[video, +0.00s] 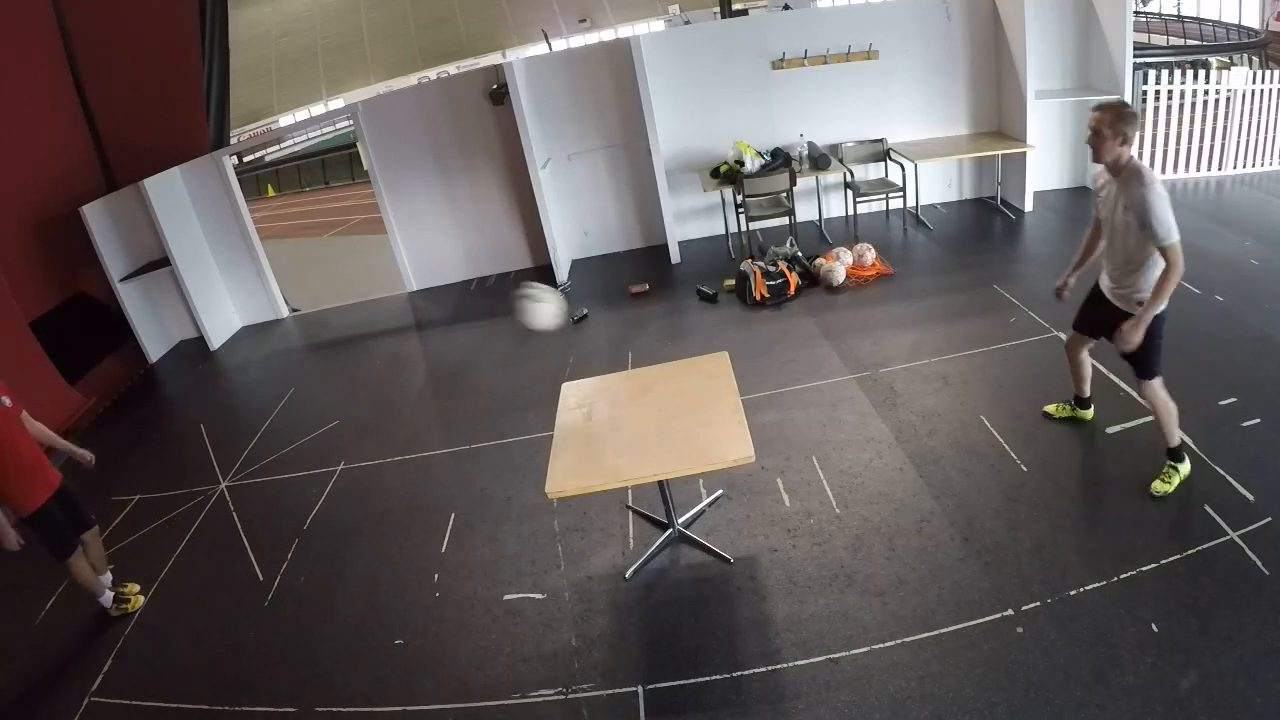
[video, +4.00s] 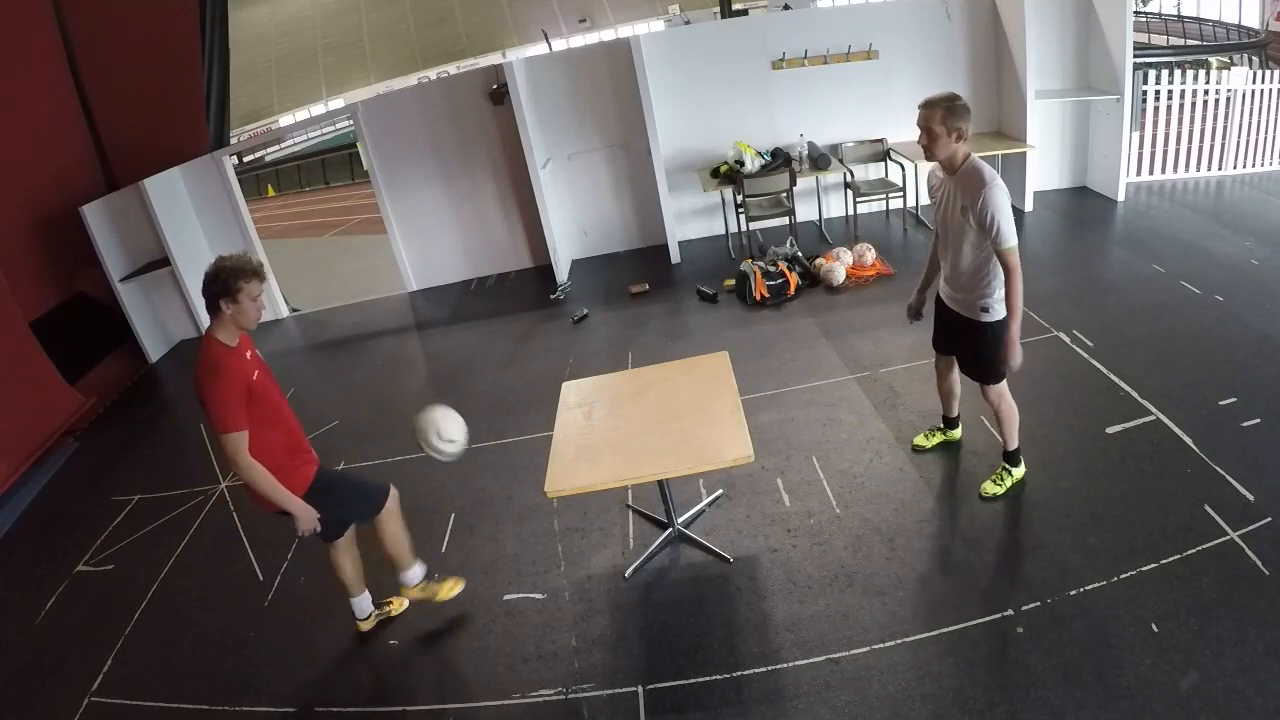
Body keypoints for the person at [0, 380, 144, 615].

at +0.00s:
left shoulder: (3, 394)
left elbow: (30, 424)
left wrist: (73, 450)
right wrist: (4, 526)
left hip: (50, 479)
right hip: (26, 500)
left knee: (89, 529)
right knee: (71, 551)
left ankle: (109, 587)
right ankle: (109, 602)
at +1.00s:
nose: (28, 353)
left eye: (26, 346)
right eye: (18, 351)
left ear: (30, 347)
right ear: (4, 364)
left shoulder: (47, 377)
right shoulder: (10, 417)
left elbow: (79, 421)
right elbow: (27, 480)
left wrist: (113, 461)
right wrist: (63, 526)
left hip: (101, 477)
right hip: (77, 502)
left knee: (141, 528)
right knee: (122, 555)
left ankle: (123, 572)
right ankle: (163, 611)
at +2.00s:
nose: (154, 326)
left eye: (151, 318)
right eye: (143, 324)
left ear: (150, 319)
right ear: (121, 340)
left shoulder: (172, 360)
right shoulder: (128, 408)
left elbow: (216, 410)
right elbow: (156, 486)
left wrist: (267, 448)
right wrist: (201, 537)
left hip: (239, 480)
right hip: (215, 507)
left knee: (262, 547)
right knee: (278, 570)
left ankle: (267, 605)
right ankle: (339, 642)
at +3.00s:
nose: (250, 308)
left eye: (249, 299)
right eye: (242, 302)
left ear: (219, 309)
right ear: (212, 311)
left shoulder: (233, 344)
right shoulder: (206, 375)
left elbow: (256, 412)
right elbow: (228, 468)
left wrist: (293, 444)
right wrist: (286, 516)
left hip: (287, 483)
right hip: (266, 507)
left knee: (323, 552)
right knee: (313, 573)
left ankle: (345, 621)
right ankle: (341, 642)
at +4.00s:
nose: (262, 306)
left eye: (260, 296)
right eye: (254, 299)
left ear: (231, 306)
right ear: (226, 307)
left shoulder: (237, 341)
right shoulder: (219, 368)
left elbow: (259, 417)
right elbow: (239, 458)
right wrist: (296, 507)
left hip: (299, 470)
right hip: (292, 486)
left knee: (339, 532)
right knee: (384, 498)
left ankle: (366, 614)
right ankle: (416, 582)